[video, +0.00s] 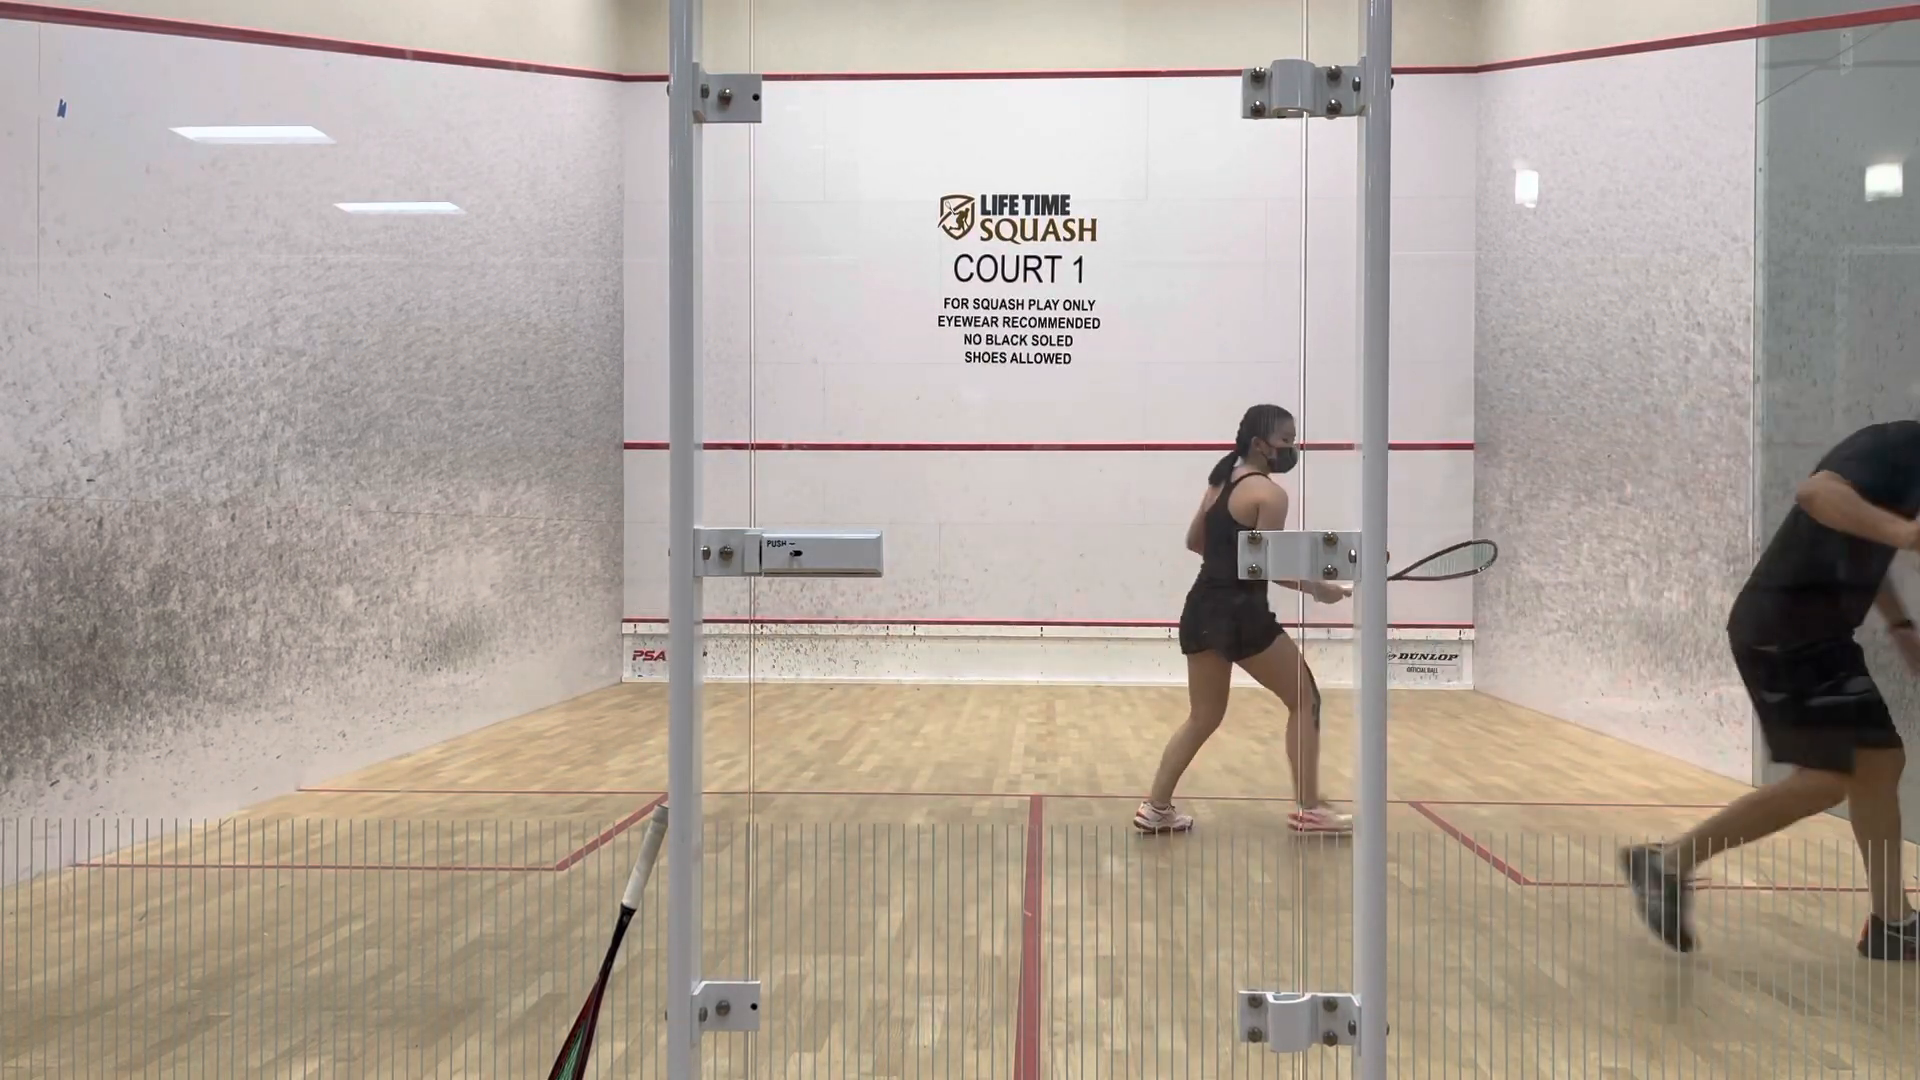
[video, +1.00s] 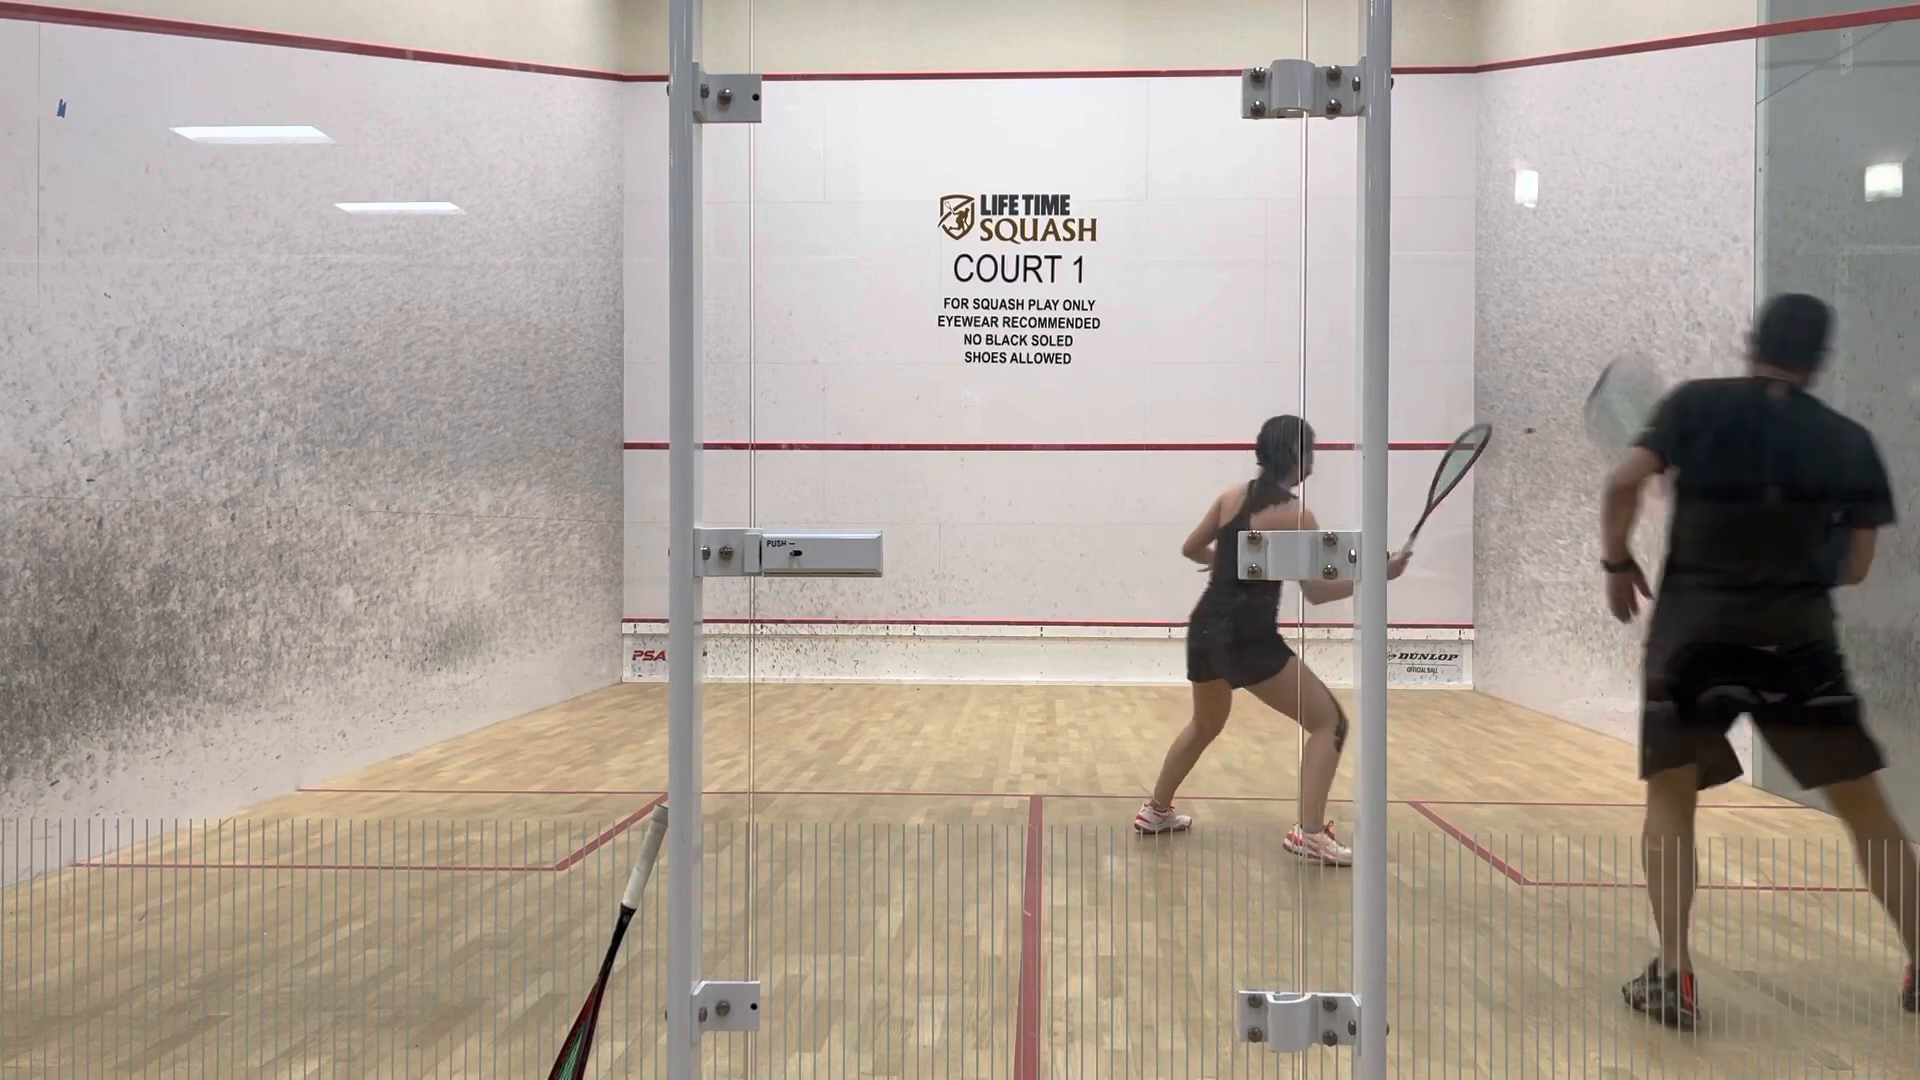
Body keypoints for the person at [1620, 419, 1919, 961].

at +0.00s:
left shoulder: (1908, 469)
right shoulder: (1896, 444)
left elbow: (1867, 552)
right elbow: (1817, 492)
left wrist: (1901, 626)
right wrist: (1899, 532)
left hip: (1826, 630)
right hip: (1776, 628)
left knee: (1880, 759)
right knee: (1826, 779)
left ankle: (1892, 919)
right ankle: (1668, 861)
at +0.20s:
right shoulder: (1912, 447)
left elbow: (1854, 444)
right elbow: (1853, 444)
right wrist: (1913, 471)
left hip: (1848, 619)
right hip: (1799, 611)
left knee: (1904, 759)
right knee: (1876, 758)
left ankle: (1894, 928)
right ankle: (1876, 946)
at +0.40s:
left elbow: (1897, 501)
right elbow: (1899, 502)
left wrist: (1814, 548)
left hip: (1844, 637)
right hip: (1815, 633)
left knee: (1905, 765)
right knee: (1907, 761)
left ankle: (1894, 919)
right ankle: (1900, 924)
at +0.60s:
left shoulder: (1915, 459)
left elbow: (1826, 482)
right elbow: (1828, 483)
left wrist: (1770, 560)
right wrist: (1772, 561)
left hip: (1770, 629)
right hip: (1839, 643)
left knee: (1834, 751)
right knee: (1910, 755)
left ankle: (1873, 899)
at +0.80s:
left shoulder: (1868, 418)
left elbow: (1756, 466)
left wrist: (1723, 555)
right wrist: (1772, 498)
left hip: (1762, 627)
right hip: (1858, 643)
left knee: (1774, 756)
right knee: (1919, 772)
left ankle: (1710, 909)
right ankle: (1919, 975)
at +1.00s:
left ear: (1754, 344)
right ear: (1819, 359)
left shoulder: (1696, 403)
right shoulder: (1848, 440)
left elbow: (1622, 484)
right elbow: (1856, 564)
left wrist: (1617, 561)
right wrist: (1786, 564)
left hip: (1692, 639)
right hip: (1798, 648)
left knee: (1669, 802)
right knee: (1867, 811)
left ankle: (1672, 973)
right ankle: (1917, 964)